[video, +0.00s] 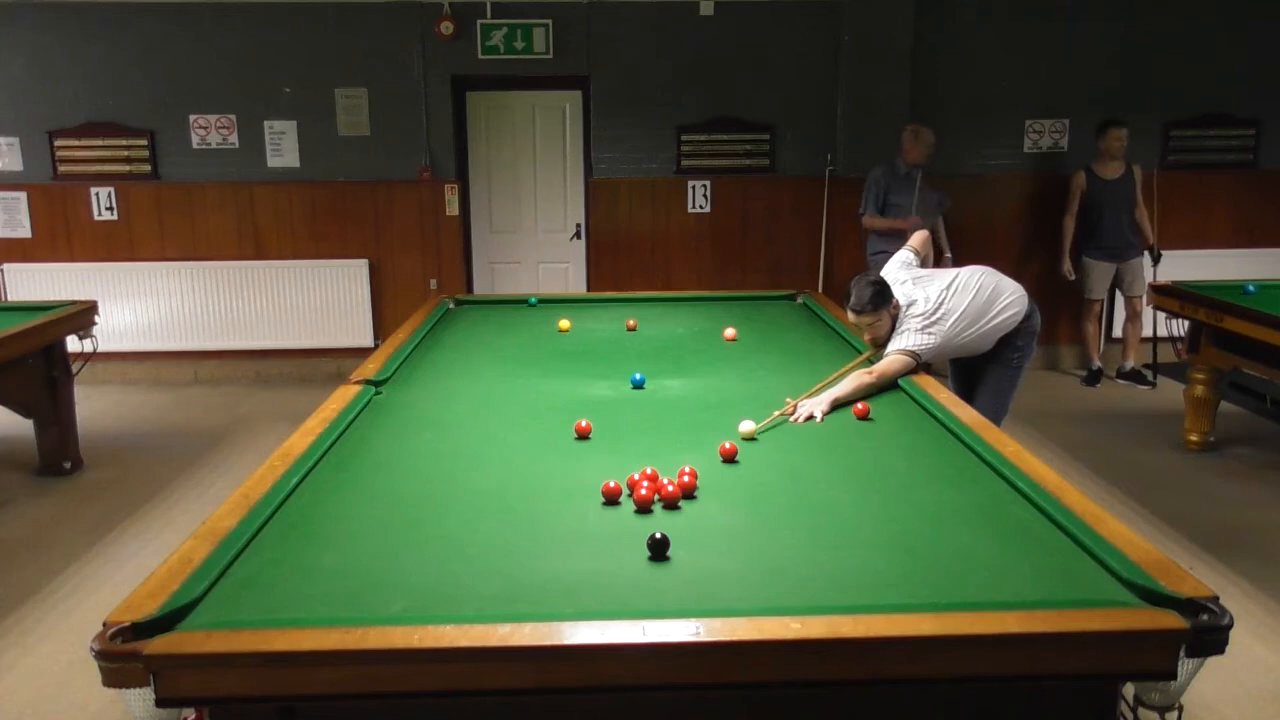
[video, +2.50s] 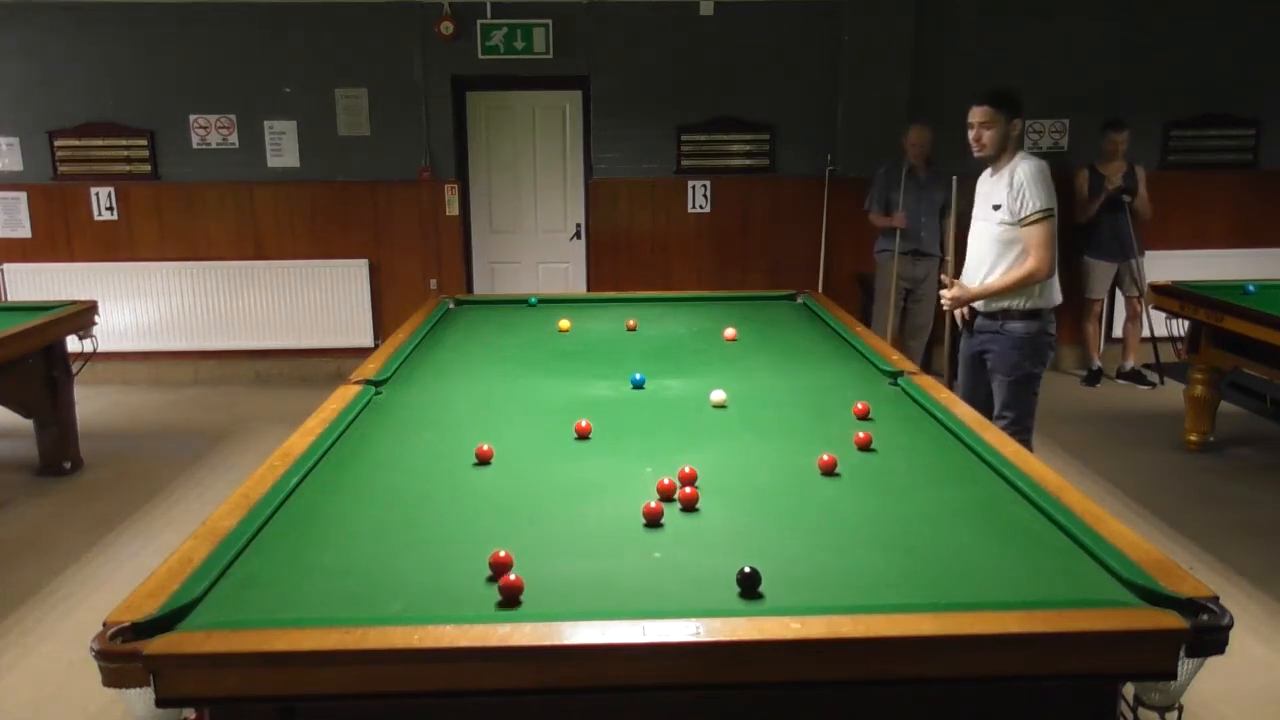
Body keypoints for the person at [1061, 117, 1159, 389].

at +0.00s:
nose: (1121, 144)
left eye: (1124, 139)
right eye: (1116, 139)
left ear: (1127, 142)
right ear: (1101, 142)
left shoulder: (1133, 171)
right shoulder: (1083, 176)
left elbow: (1139, 209)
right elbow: (1070, 217)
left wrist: (1151, 242)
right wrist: (1066, 256)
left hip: (1130, 253)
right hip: (1096, 254)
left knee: (1135, 310)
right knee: (1093, 310)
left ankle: (1127, 366)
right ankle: (1094, 365)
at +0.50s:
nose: (1122, 144)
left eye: (1124, 139)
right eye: (1116, 139)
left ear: (1127, 142)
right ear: (1101, 142)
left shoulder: (1134, 172)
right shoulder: (1084, 176)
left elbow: (1141, 210)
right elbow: (1071, 216)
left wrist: (1152, 244)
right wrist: (1067, 255)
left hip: (1131, 253)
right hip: (1097, 253)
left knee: (1136, 310)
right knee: (1093, 311)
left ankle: (1128, 366)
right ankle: (1094, 365)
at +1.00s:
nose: (1117, 151)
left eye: (1121, 146)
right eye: (1113, 145)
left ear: (1126, 145)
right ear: (1101, 144)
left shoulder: (1134, 172)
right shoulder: (1085, 176)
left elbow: (1142, 209)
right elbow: (1074, 216)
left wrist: (1144, 213)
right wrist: (1094, 218)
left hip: (1131, 252)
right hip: (1098, 253)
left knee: (1136, 310)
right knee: (1094, 311)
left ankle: (1128, 366)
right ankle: (1094, 365)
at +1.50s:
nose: (1117, 149)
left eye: (1121, 144)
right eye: (1112, 144)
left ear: (1127, 144)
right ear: (1102, 143)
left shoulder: (1135, 172)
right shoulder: (1086, 175)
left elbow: (1146, 213)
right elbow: (1079, 215)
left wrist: (1139, 197)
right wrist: (1103, 198)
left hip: (1130, 251)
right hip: (1098, 252)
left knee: (1135, 310)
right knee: (1093, 310)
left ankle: (1128, 366)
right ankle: (1095, 364)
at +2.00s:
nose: (1116, 147)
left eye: (1120, 143)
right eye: (1111, 142)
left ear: (1126, 143)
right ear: (1102, 142)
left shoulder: (1135, 172)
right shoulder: (1086, 174)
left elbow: (1146, 213)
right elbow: (1081, 214)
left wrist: (1135, 193)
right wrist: (1105, 191)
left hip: (1130, 251)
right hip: (1098, 251)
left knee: (1135, 310)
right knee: (1094, 310)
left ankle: (1128, 366)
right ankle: (1095, 364)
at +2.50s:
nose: (1117, 148)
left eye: (1121, 143)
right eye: (1112, 143)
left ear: (1127, 143)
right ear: (1102, 142)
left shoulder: (1135, 172)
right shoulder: (1086, 174)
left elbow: (1146, 213)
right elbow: (1081, 215)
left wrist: (1133, 194)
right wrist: (1105, 192)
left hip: (1130, 251)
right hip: (1098, 251)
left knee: (1135, 310)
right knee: (1093, 309)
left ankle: (1128, 366)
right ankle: (1094, 364)